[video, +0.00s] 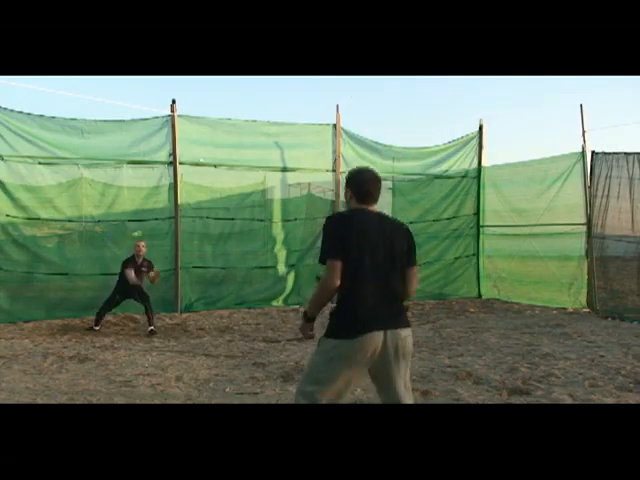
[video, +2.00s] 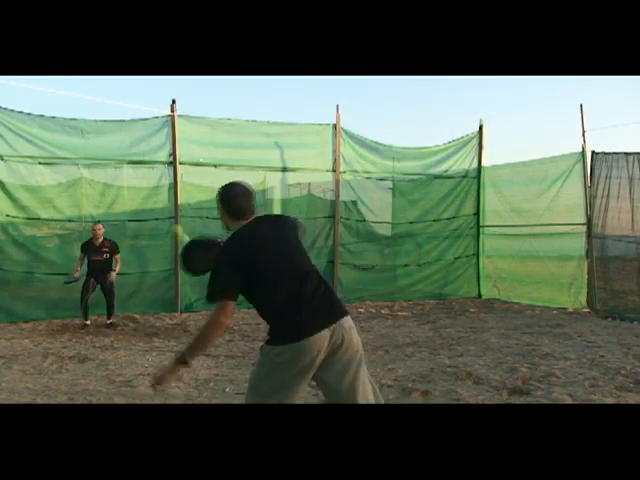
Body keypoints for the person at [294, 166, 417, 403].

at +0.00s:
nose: (344, 194)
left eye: (345, 190)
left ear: (349, 193)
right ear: (378, 195)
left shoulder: (338, 222)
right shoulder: (401, 229)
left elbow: (333, 281)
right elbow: (410, 288)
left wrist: (309, 315)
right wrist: (383, 300)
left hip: (352, 333)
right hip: (398, 333)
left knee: (309, 397)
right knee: (401, 398)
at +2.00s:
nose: (220, 215)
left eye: (220, 210)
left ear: (223, 213)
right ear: (253, 205)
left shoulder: (231, 251)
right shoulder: (284, 223)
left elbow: (222, 319)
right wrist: (231, 250)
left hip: (294, 340)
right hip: (340, 323)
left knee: (263, 398)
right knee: (361, 398)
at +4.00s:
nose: (262, 208)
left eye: (262, 203)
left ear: (265, 205)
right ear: (293, 203)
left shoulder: (265, 232)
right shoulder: (312, 223)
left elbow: (266, 293)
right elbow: (320, 275)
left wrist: (246, 342)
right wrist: (278, 308)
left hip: (323, 331)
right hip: (363, 312)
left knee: (309, 399)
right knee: (393, 390)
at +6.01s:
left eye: (349, 187)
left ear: (348, 192)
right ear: (378, 194)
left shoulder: (328, 224)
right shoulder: (392, 227)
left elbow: (299, 259)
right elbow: (431, 263)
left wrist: (290, 251)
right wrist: (416, 229)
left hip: (337, 333)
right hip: (384, 331)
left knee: (320, 398)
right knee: (390, 398)